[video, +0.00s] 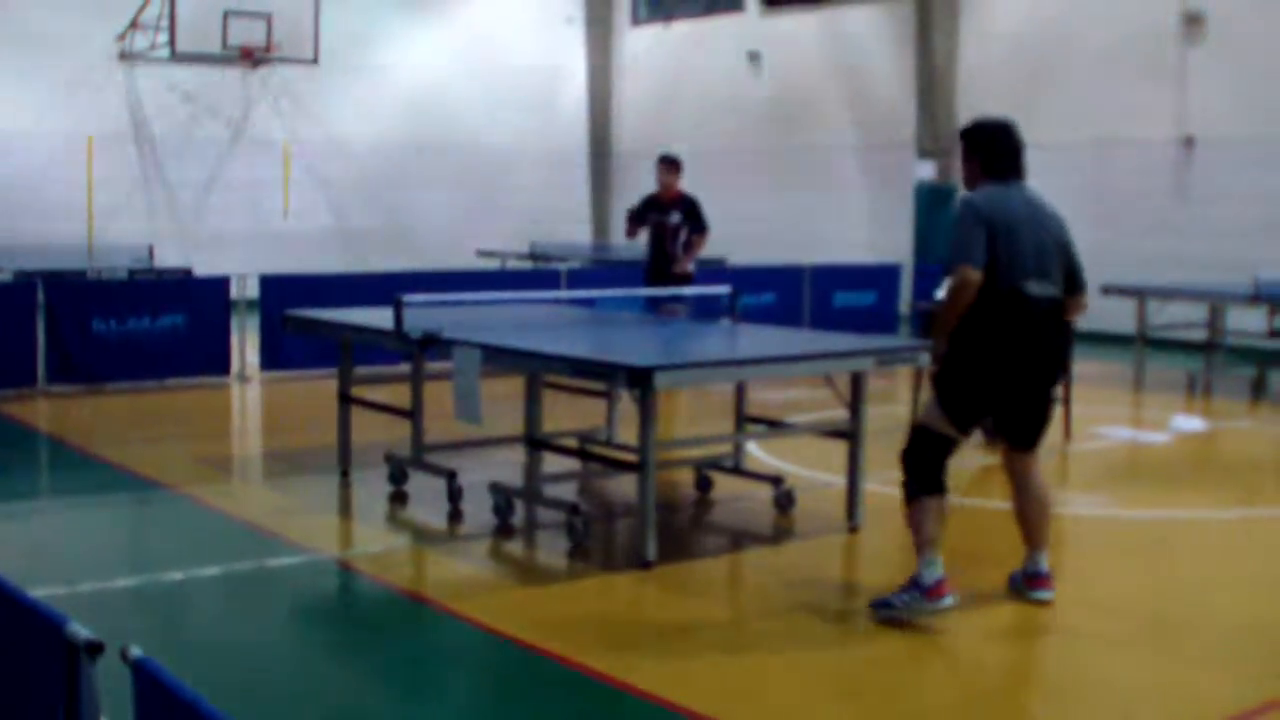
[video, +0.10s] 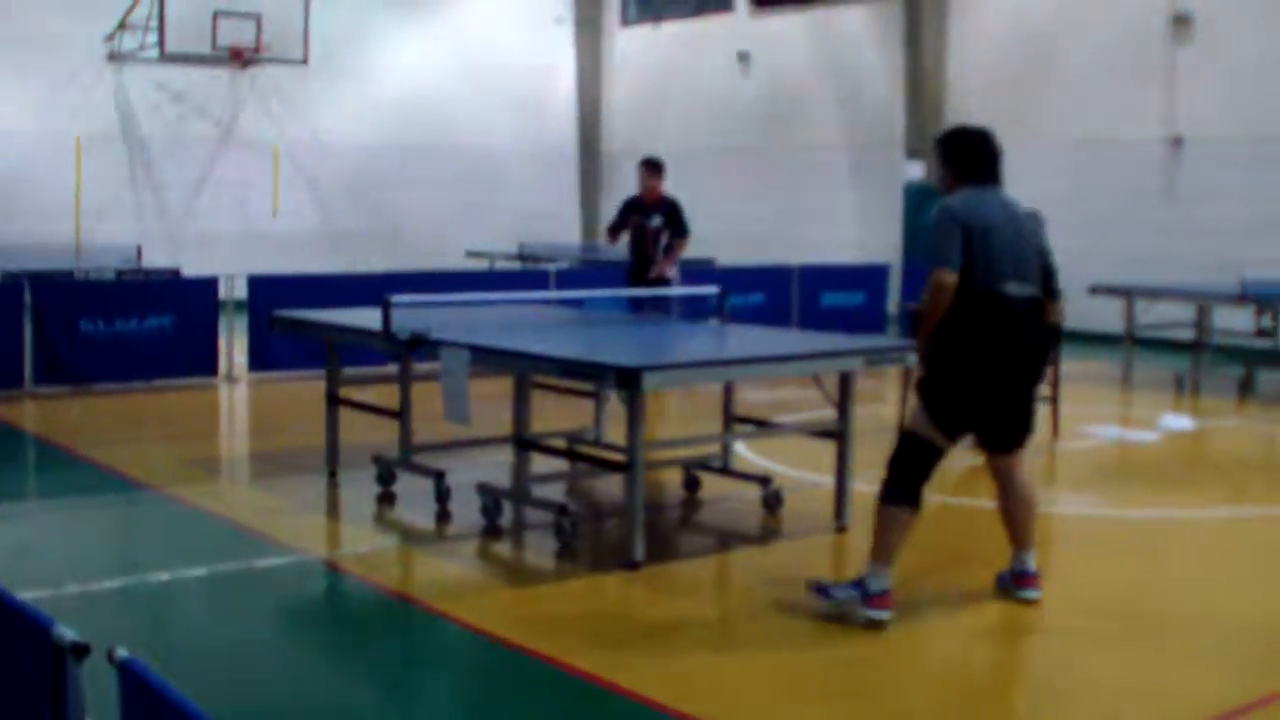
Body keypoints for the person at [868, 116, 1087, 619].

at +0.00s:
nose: (961, 169)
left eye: (963, 160)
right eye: (963, 160)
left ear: (974, 163)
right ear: (1016, 161)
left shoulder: (976, 208)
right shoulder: (1046, 216)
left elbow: (968, 278)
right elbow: (1076, 299)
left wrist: (942, 321)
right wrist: (1034, 327)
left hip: (983, 351)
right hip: (1040, 356)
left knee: (924, 452)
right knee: (1023, 457)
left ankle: (929, 576)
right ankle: (1038, 568)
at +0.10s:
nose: (934, 179)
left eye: (937, 170)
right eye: (935, 170)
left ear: (951, 171)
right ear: (993, 167)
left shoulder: (951, 214)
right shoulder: (1026, 220)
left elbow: (944, 281)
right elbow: (1051, 306)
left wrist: (923, 335)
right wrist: (1037, 360)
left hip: (961, 364)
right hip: (1016, 369)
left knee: (909, 466)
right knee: (1007, 464)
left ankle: (875, 583)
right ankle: (1025, 569)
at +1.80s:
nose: (878, 186)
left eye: (879, 178)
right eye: (879, 178)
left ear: (886, 177)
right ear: (931, 170)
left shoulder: (896, 210)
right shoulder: (965, 211)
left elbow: (906, 272)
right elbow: (992, 278)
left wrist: (891, 340)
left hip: (941, 336)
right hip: (1000, 337)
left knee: (877, 445)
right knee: (997, 440)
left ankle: (848, 567)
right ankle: (1024, 547)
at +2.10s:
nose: (848, 226)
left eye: (848, 218)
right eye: (846, 218)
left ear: (857, 216)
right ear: (899, 206)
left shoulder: (867, 239)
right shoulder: (934, 237)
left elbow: (879, 297)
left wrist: (868, 369)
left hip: (935, 352)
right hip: (999, 347)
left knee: (856, 445)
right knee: (993, 443)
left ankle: (844, 567)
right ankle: (1023, 547)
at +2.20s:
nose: (844, 233)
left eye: (844, 225)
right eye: (842, 225)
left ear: (852, 222)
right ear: (893, 213)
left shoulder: (865, 242)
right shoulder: (924, 240)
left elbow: (880, 296)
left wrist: (867, 368)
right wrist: (866, 344)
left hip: (938, 353)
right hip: (1000, 345)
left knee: (856, 444)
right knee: (992, 444)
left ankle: (844, 568)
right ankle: (1023, 547)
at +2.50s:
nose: (844, 228)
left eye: (844, 220)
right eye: (842, 220)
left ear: (853, 218)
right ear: (894, 209)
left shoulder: (866, 241)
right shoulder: (926, 238)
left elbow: (879, 297)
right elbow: (924, 321)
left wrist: (871, 379)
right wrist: (846, 322)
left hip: (941, 355)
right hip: (1003, 349)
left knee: (863, 444)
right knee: (996, 446)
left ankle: (845, 568)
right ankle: (1023, 547)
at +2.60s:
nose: (845, 229)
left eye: (845, 220)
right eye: (843, 220)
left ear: (854, 219)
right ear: (895, 208)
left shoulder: (867, 242)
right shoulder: (930, 238)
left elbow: (878, 304)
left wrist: (862, 388)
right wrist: (864, 319)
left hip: (941, 355)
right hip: (1003, 350)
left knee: (864, 446)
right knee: (995, 445)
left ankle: (845, 568)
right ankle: (1022, 547)